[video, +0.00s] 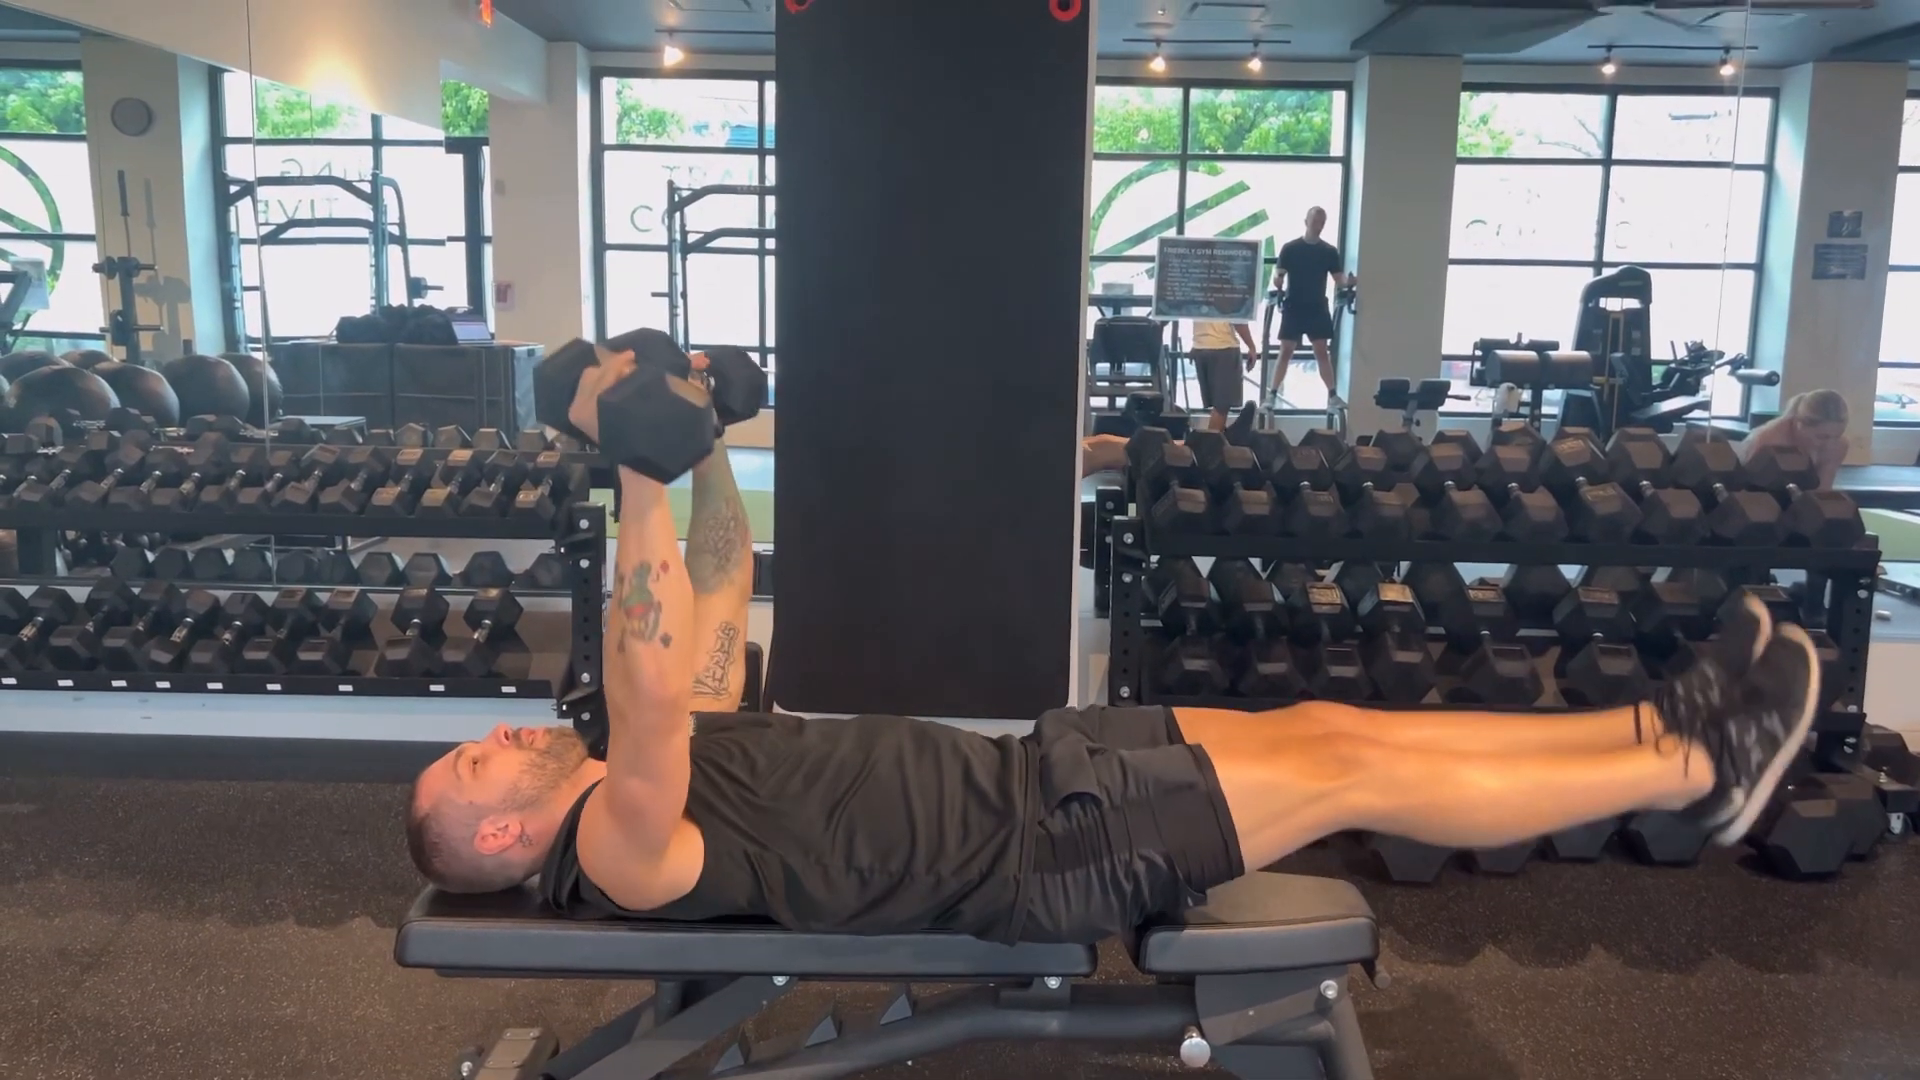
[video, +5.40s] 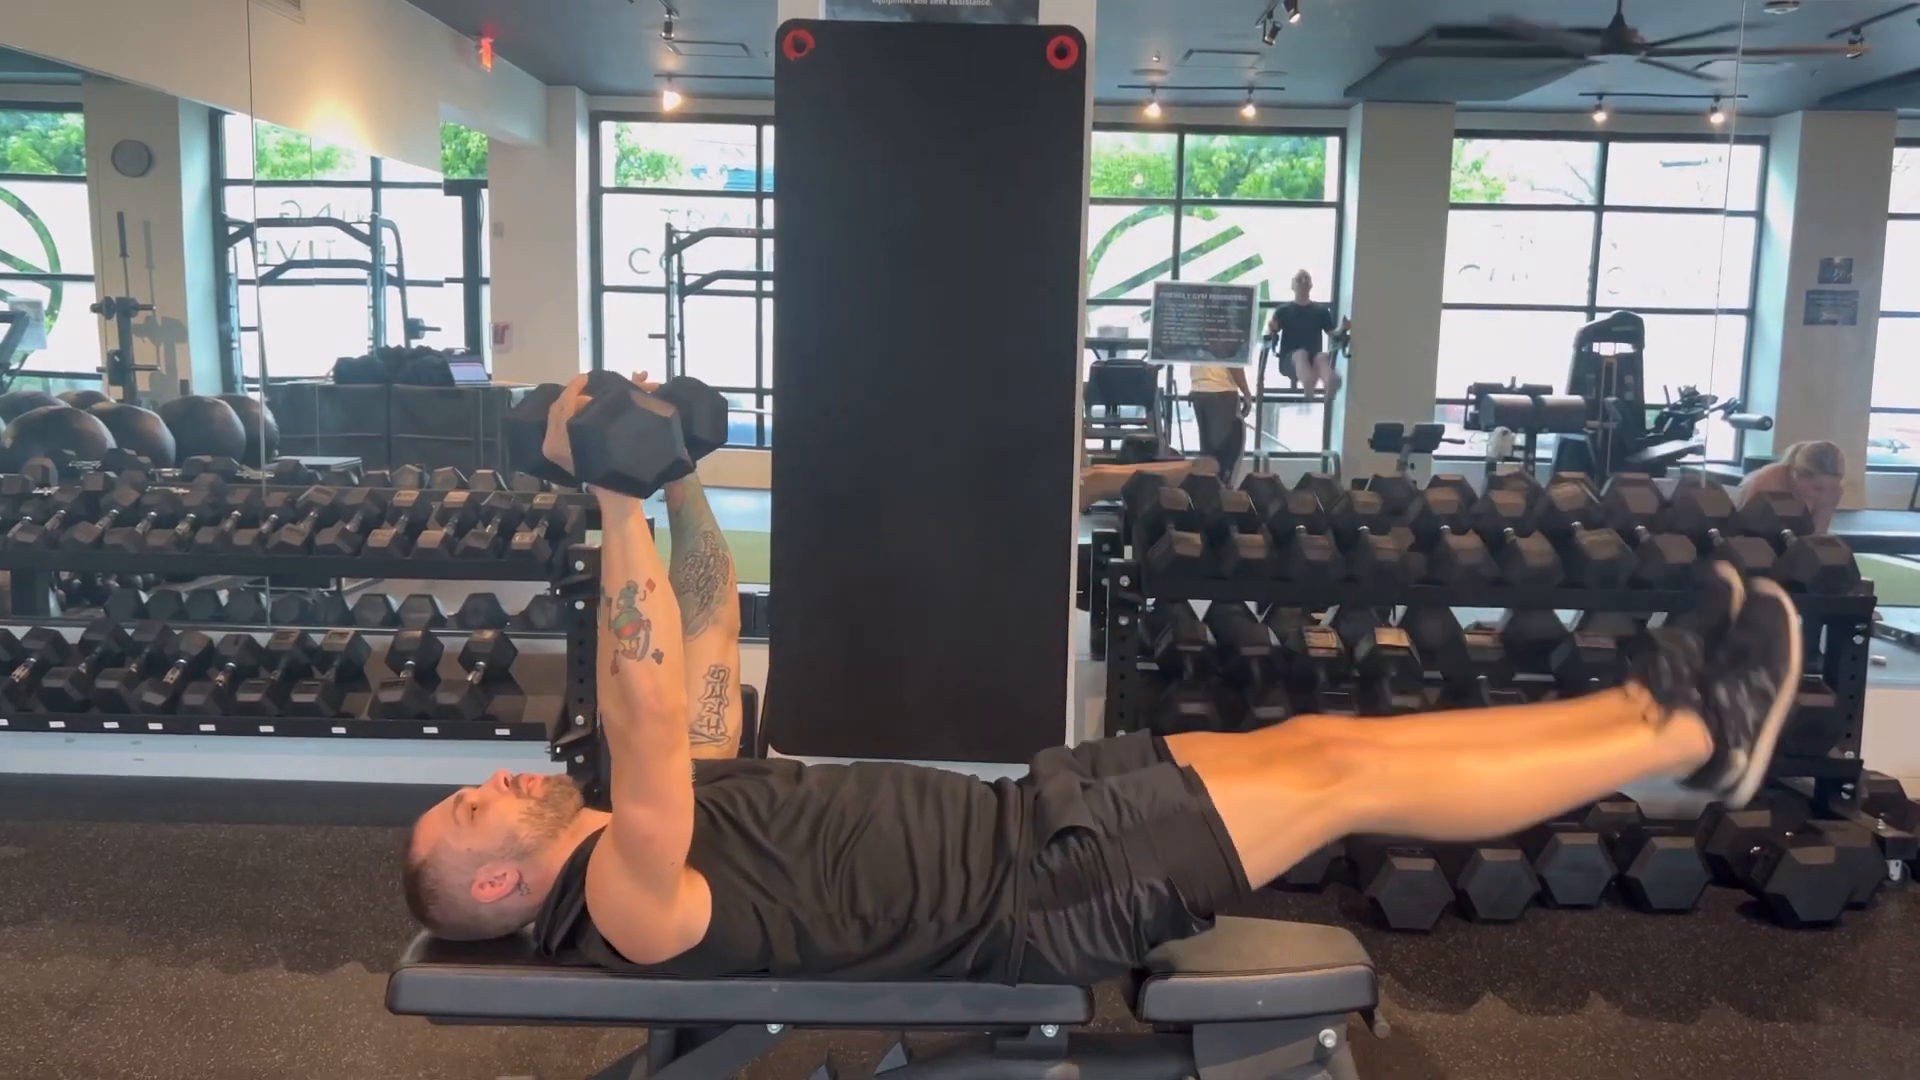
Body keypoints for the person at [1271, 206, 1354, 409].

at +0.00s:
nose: (1317, 225)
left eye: (1321, 221)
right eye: (1314, 220)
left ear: (1324, 224)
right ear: (1306, 221)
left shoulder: (1330, 252)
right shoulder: (1290, 248)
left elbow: (1339, 280)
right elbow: (1278, 277)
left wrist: (1351, 281)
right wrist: (1279, 288)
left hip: (1318, 306)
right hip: (1293, 306)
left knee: (1321, 351)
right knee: (1286, 350)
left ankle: (1332, 395)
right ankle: (1272, 394)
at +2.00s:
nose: (1313, 249)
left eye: (1317, 245)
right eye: (1310, 244)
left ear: (1322, 247)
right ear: (1305, 246)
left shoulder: (1331, 276)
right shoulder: (1291, 274)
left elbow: (1341, 304)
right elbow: (1280, 302)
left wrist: (1351, 306)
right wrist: (1280, 311)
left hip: (1319, 330)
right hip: (1295, 330)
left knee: (1323, 375)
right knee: (1288, 374)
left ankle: (1334, 419)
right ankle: (1274, 417)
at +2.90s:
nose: (1309, 277)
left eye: (1313, 273)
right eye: (1306, 272)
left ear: (1318, 272)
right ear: (1299, 269)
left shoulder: (1325, 291)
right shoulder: (1286, 289)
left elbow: (1335, 315)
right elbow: (1275, 312)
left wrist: (1345, 312)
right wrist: (1274, 315)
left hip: (1316, 340)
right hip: (1292, 340)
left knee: (1328, 379)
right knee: (1283, 377)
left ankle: (1331, 424)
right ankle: (1271, 421)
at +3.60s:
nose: (1307, 282)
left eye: (1310, 278)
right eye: (1303, 278)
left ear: (1315, 278)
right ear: (1297, 277)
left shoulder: (1321, 300)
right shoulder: (1285, 300)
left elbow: (1333, 323)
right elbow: (1271, 324)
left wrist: (1344, 319)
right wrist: (1272, 319)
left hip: (1314, 352)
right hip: (1291, 353)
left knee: (1314, 399)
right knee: (1290, 399)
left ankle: (1311, 442)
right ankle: (1286, 441)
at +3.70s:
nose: (1306, 284)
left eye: (1309, 280)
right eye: (1302, 279)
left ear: (1314, 280)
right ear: (1296, 279)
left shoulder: (1320, 301)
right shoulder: (1284, 301)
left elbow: (1334, 323)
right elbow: (1272, 333)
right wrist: (1273, 321)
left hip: (1312, 356)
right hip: (1289, 356)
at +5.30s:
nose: (1303, 288)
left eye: (1306, 284)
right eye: (1299, 284)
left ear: (1310, 287)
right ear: (1293, 288)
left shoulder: (1320, 311)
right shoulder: (1284, 312)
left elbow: (1332, 334)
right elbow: (1271, 332)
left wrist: (1343, 328)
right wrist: (1271, 329)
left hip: (1314, 358)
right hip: (1291, 357)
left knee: (1319, 393)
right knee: (1299, 381)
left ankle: (1323, 435)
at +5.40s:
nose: (1303, 285)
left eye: (1306, 282)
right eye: (1299, 282)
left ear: (1310, 286)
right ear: (1292, 286)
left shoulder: (1320, 310)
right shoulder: (1283, 311)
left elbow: (1332, 334)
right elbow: (1272, 336)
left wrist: (1342, 329)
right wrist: (1272, 329)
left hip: (1314, 358)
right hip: (1289, 359)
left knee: (1323, 357)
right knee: (1301, 353)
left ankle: (1330, 391)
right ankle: (1309, 396)